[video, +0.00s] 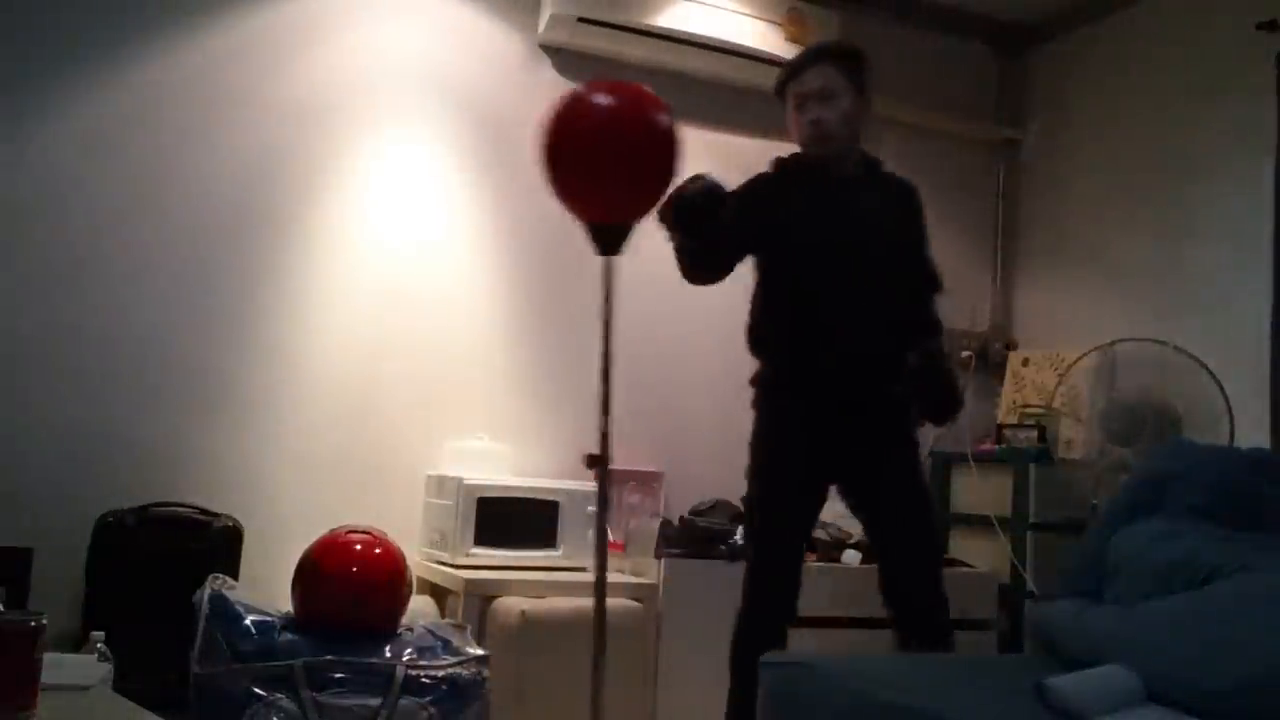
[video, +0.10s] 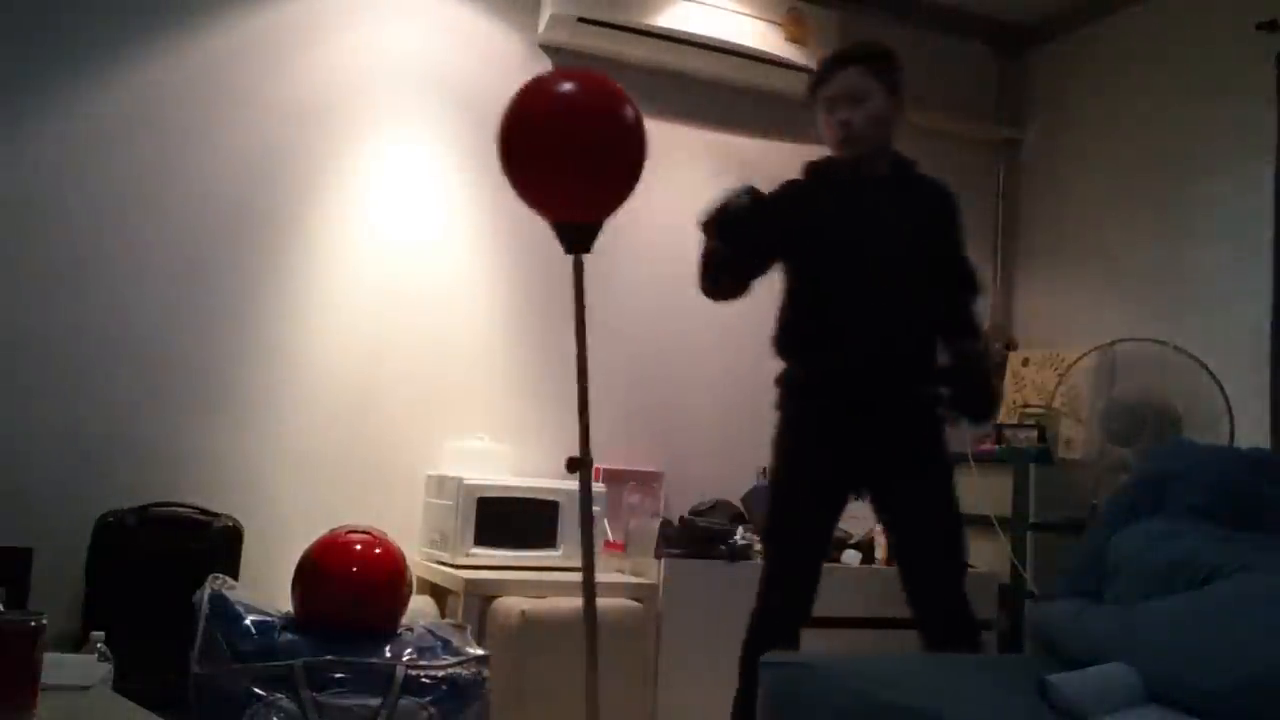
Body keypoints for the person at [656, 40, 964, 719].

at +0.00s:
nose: (812, 113)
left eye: (826, 98)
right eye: (800, 102)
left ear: (859, 106)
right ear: (788, 116)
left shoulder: (894, 197)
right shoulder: (772, 191)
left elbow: (916, 299)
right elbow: (705, 263)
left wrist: (934, 377)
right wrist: (695, 204)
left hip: (876, 409)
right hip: (792, 411)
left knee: (915, 566)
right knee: (772, 576)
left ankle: (936, 709)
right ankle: (747, 711)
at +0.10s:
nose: (842, 117)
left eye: (858, 101)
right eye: (829, 105)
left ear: (894, 109)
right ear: (817, 118)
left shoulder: (929, 202)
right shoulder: (801, 198)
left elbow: (955, 305)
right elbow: (721, 283)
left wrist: (974, 380)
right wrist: (731, 232)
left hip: (904, 411)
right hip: (817, 412)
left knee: (939, 586)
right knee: (786, 588)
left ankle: (972, 716)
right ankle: (752, 715)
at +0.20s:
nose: (876, 118)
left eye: (892, 104)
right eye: (864, 106)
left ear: (927, 113)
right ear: (851, 117)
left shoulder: (962, 204)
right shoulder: (831, 204)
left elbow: (996, 297)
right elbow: (752, 293)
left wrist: (1005, 373)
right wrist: (750, 249)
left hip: (936, 420)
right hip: (845, 421)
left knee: (952, 597)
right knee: (809, 592)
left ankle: (968, 718)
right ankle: (767, 711)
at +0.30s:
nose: (908, 117)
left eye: (923, 101)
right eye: (893, 106)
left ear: (954, 108)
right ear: (878, 120)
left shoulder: (989, 201)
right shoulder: (857, 198)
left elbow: (1024, 293)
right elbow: (773, 268)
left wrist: (1033, 359)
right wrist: (742, 241)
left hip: (960, 412)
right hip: (870, 413)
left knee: (964, 586)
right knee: (831, 579)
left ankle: (971, 707)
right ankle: (805, 705)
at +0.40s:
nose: (915, 119)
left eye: (931, 103)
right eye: (903, 106)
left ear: (966, 112)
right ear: (890, 119)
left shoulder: (1001, 199)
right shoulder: (870, 194)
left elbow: (1043, 283)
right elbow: (789, 215)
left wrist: (1052, 347)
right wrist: (714, 200)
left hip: (982, 423)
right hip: (891, 422)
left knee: (982, 604)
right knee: (849, 596)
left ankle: (983, 718)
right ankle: (817, 717)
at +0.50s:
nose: (923, 121)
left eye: (938, 104)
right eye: (910, 111)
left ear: (976, 109)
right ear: (899, 124)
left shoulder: (1017, 199)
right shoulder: (886, 195)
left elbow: (1053, 286)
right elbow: (810, 223)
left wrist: (1062, 356)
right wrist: (751, 211)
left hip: (994, 419)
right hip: (904, 418)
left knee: (989, 594)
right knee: (861, 585)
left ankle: (990, 712)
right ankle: (829, 710)